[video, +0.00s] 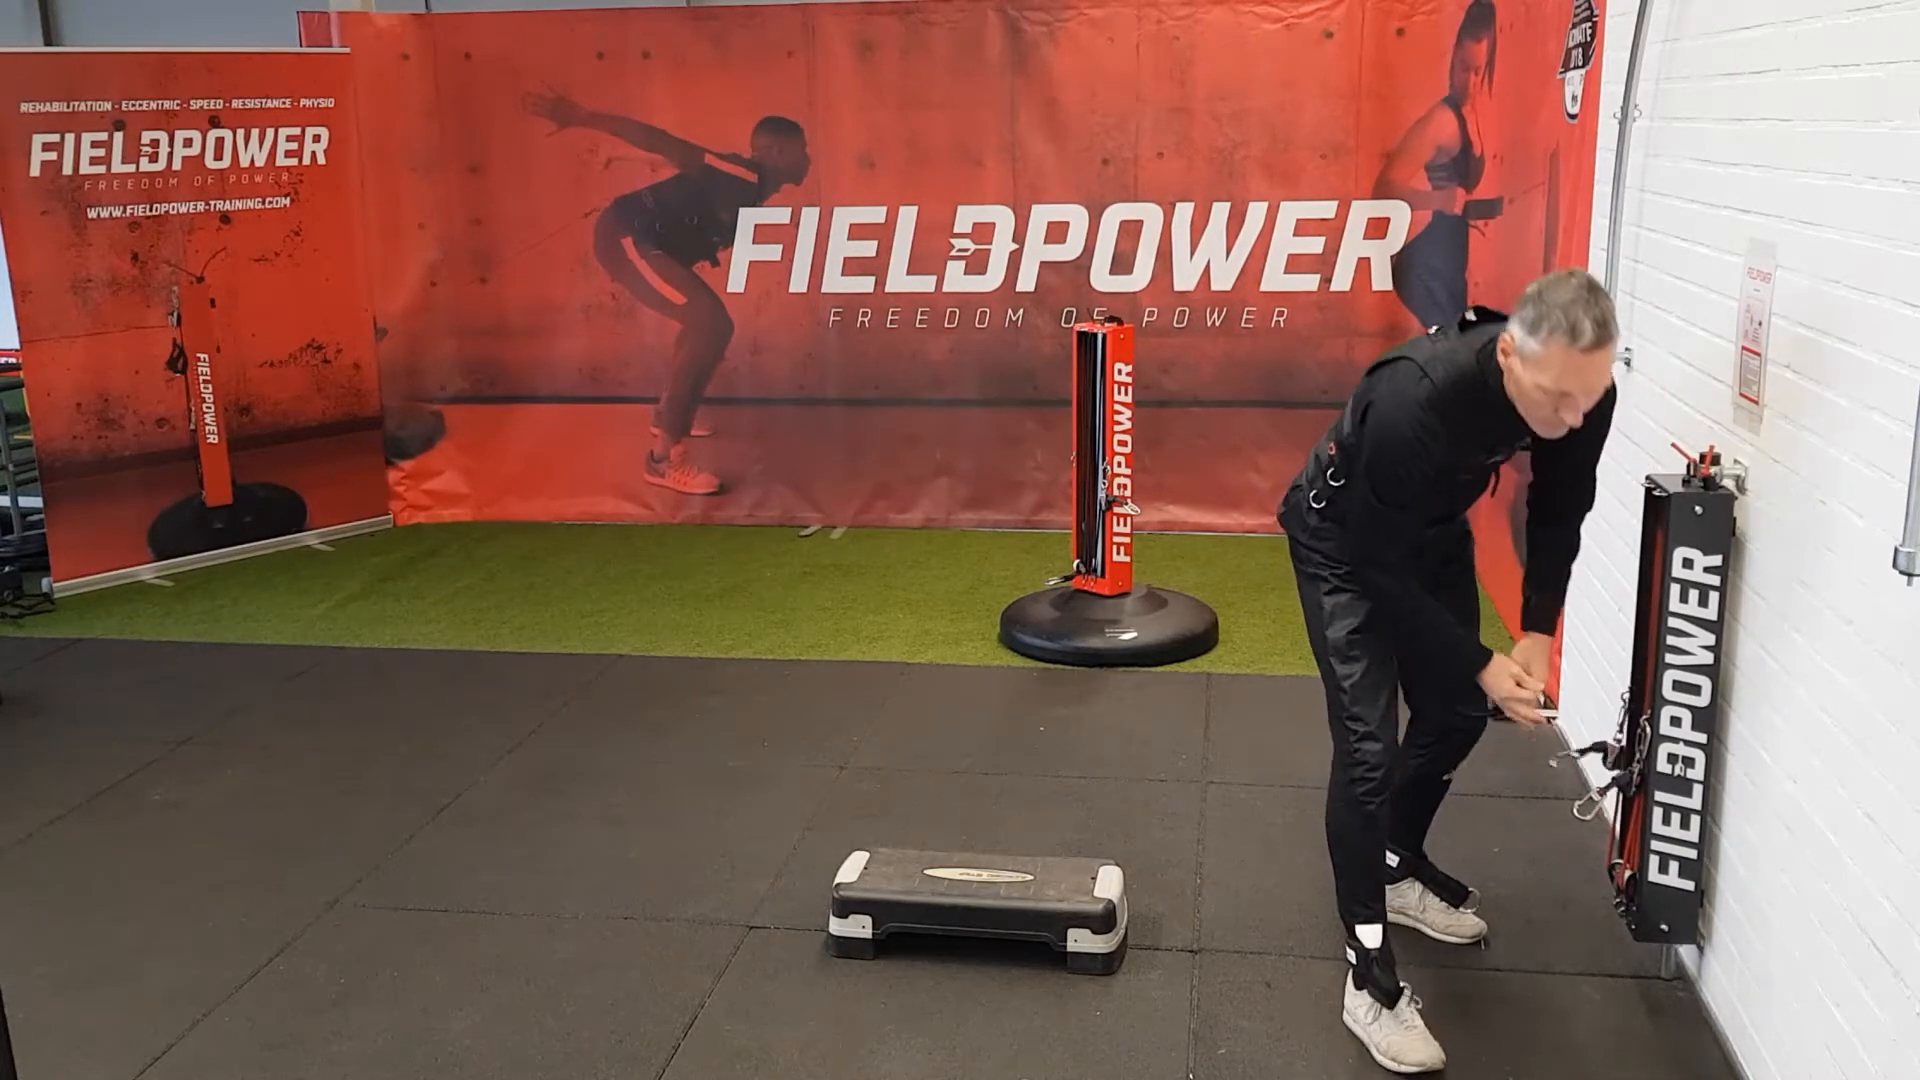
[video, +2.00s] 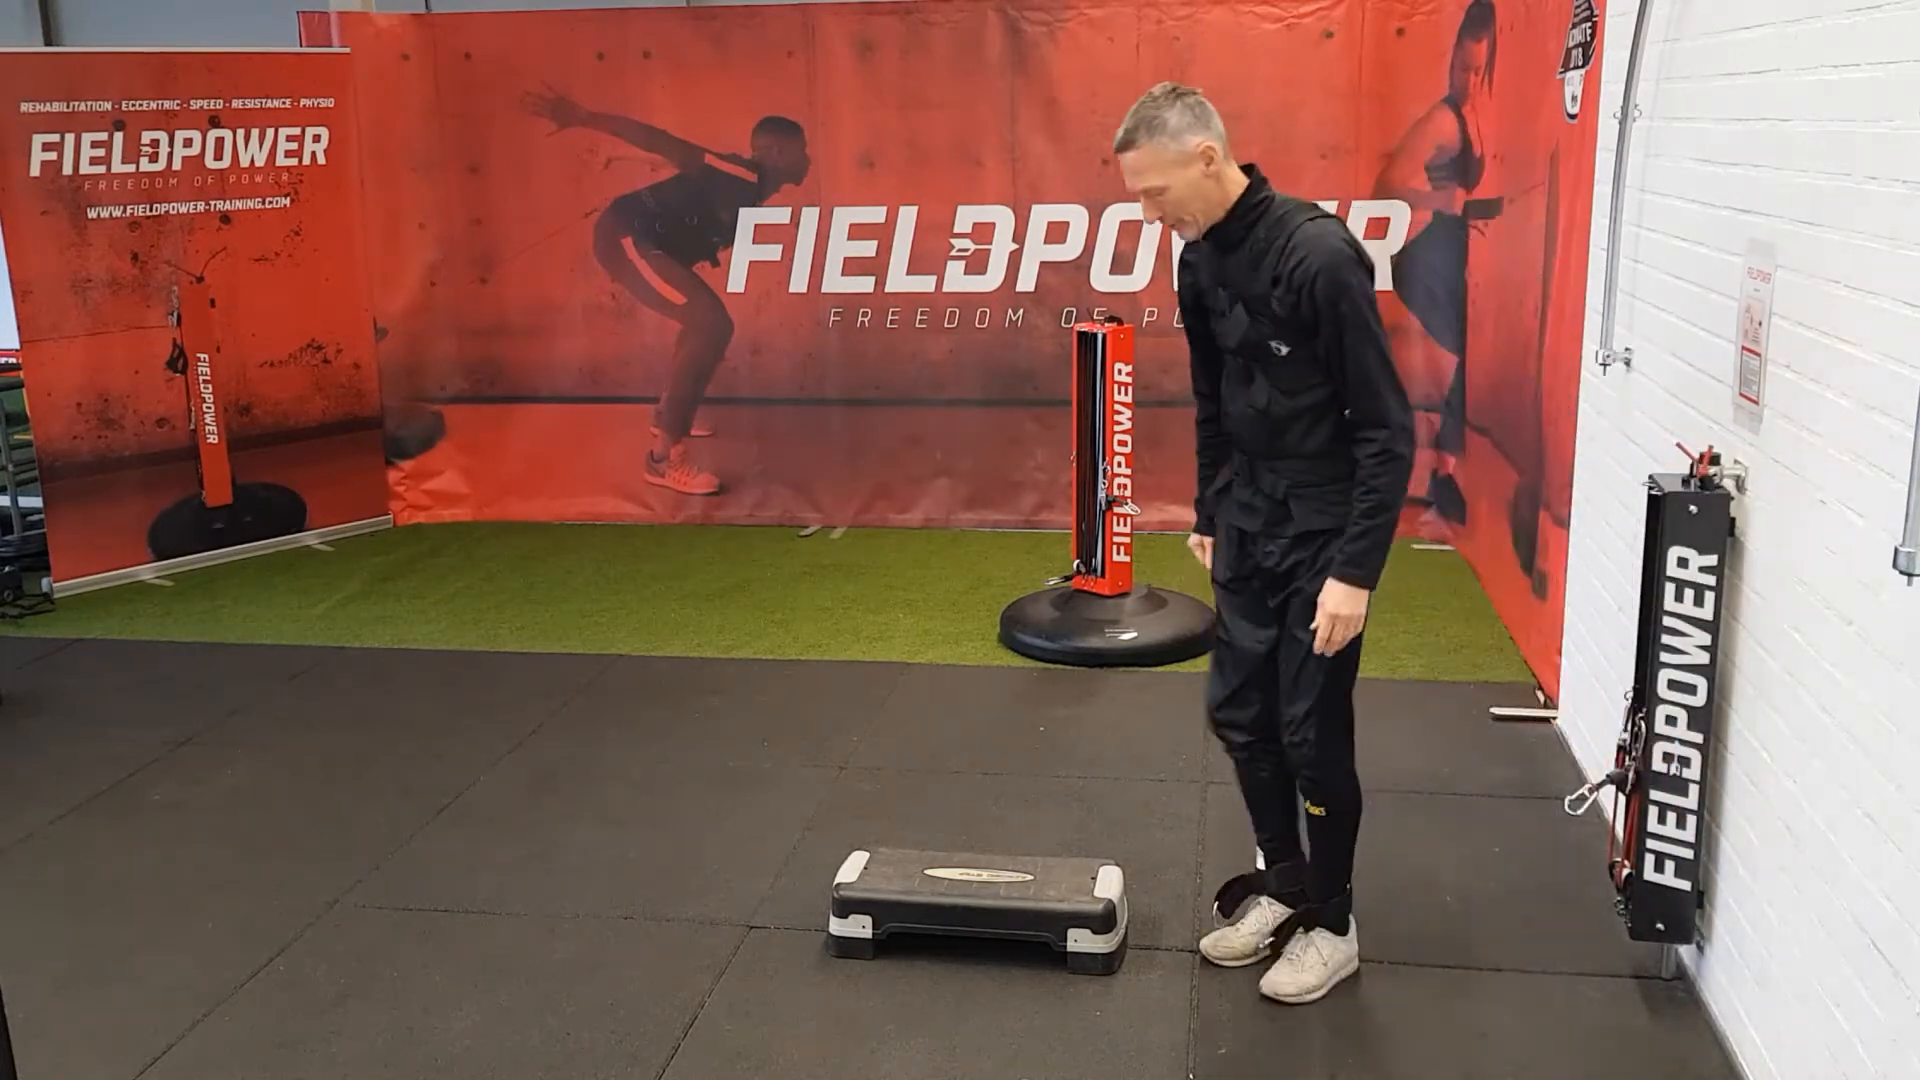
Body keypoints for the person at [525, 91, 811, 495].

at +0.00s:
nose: (807, 158)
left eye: (805, 150)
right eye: (800, 150)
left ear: (773, 152)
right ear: (771, 150)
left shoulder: (752, 188)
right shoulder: (734, 175)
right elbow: (659, 141)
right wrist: (581, 117)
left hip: (646, 237)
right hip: (626, 234)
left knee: (710, 322)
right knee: (713, 325)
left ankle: (670, 413)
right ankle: (665, 457)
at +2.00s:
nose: (807, 159)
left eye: (805, 150)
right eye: (800, 150)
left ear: (774, 151)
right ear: (772, 150)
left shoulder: (750, 188)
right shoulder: (735, 176)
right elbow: (659, 142)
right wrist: (584, 117)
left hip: (645, 237)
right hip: (626, 233)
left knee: (709, 322)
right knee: (713, 325)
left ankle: (670, 412)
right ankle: (665, 456)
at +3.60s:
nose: (808, 158)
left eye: (805, 149)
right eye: (800, 150)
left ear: (775, 152)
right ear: (770, 150)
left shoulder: (752, 191)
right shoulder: (735, 177)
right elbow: (660, 141)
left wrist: (713, 245)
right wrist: (584, 117)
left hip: (647, 237)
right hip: (626, 232)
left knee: (710, 322)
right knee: (713, 325)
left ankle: (670, 413)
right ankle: (664, 457)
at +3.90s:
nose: (807, 158)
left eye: (805, 149)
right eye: (800, 150)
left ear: (776, 152)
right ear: (772, 151)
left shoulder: (751, 188)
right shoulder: (736, 175)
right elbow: (659, 141)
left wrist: (709, 245)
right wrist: (583, 117)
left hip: (645, 237)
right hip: (626, 234)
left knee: (709, 322)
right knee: (713, 325)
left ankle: (670, 412)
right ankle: (664, 458)